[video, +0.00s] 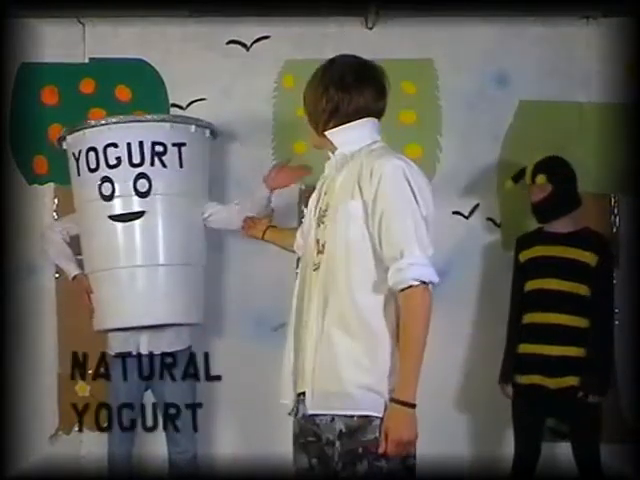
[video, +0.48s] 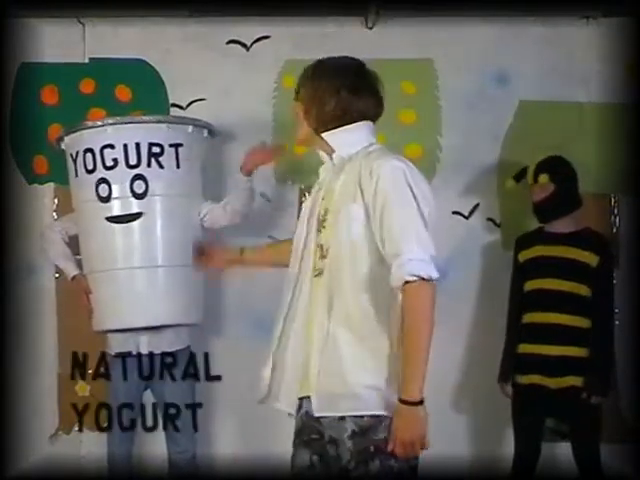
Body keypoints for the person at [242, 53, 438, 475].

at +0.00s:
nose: (306, 116)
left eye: (310, 104)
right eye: (307, 105)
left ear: (326, 106)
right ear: (368, 105)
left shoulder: (389, 171)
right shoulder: (333, 178)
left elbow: (415, 287)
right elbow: (321, 247)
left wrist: (404, 401)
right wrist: (263, 231)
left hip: (367, 414)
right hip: (313, 409)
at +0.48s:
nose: (297, 112)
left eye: (301, 101)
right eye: (298, 101)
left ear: (322, 105)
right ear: (354, 105)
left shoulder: (387, 172)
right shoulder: (327, 182)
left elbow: (418, 282)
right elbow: (309, 252)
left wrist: (411, 400)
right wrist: (233, 257)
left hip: (371, 411)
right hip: (315, 406)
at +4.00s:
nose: (351, 78)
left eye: (367, 63)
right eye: (337, 67)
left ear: (397, 74)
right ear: (327, 83)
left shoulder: (457, 172)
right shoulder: (302, 188)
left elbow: (475, 300)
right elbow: (302, 312)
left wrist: (468, 423)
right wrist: (313, 430)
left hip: (433, 432)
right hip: (342, 433)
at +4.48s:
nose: (325, 85)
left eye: (343, 71)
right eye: (314, 73)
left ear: (373, 83)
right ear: (303, 87)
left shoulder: (430, 175)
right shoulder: (280, 188)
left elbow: (455, 299)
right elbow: (280, 310)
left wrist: (453, 412)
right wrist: (289, 414)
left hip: (406, 431)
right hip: (319, 428)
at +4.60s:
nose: (313, 102)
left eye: (329, 88)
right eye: (300, 90)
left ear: (357, 97)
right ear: (288, 101)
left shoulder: (407, 184)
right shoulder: (263, 199)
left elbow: (431, 306)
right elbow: (265, 321)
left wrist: (439, 420)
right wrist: (277, 427)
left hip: (394, 434)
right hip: (307, 435)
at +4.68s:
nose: (303, 108)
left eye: (318, 95)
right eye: (289, 96)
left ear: (343, 104)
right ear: (276, 108)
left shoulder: (393, 190)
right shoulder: (250, 205)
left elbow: (417, 309)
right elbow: (252, 322)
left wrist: (430, 417)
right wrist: (266, 426)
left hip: (381, 432)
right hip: (296, 434)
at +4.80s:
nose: (290, 112)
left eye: (305, 99)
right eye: (277, 101)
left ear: (330, 110)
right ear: (263, 114)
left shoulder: (377, 193)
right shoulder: (238, 210)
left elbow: (405, 309)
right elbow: (238, 323)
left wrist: (421, 415)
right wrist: (254, 425)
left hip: (364, 420)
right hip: (283, 425)